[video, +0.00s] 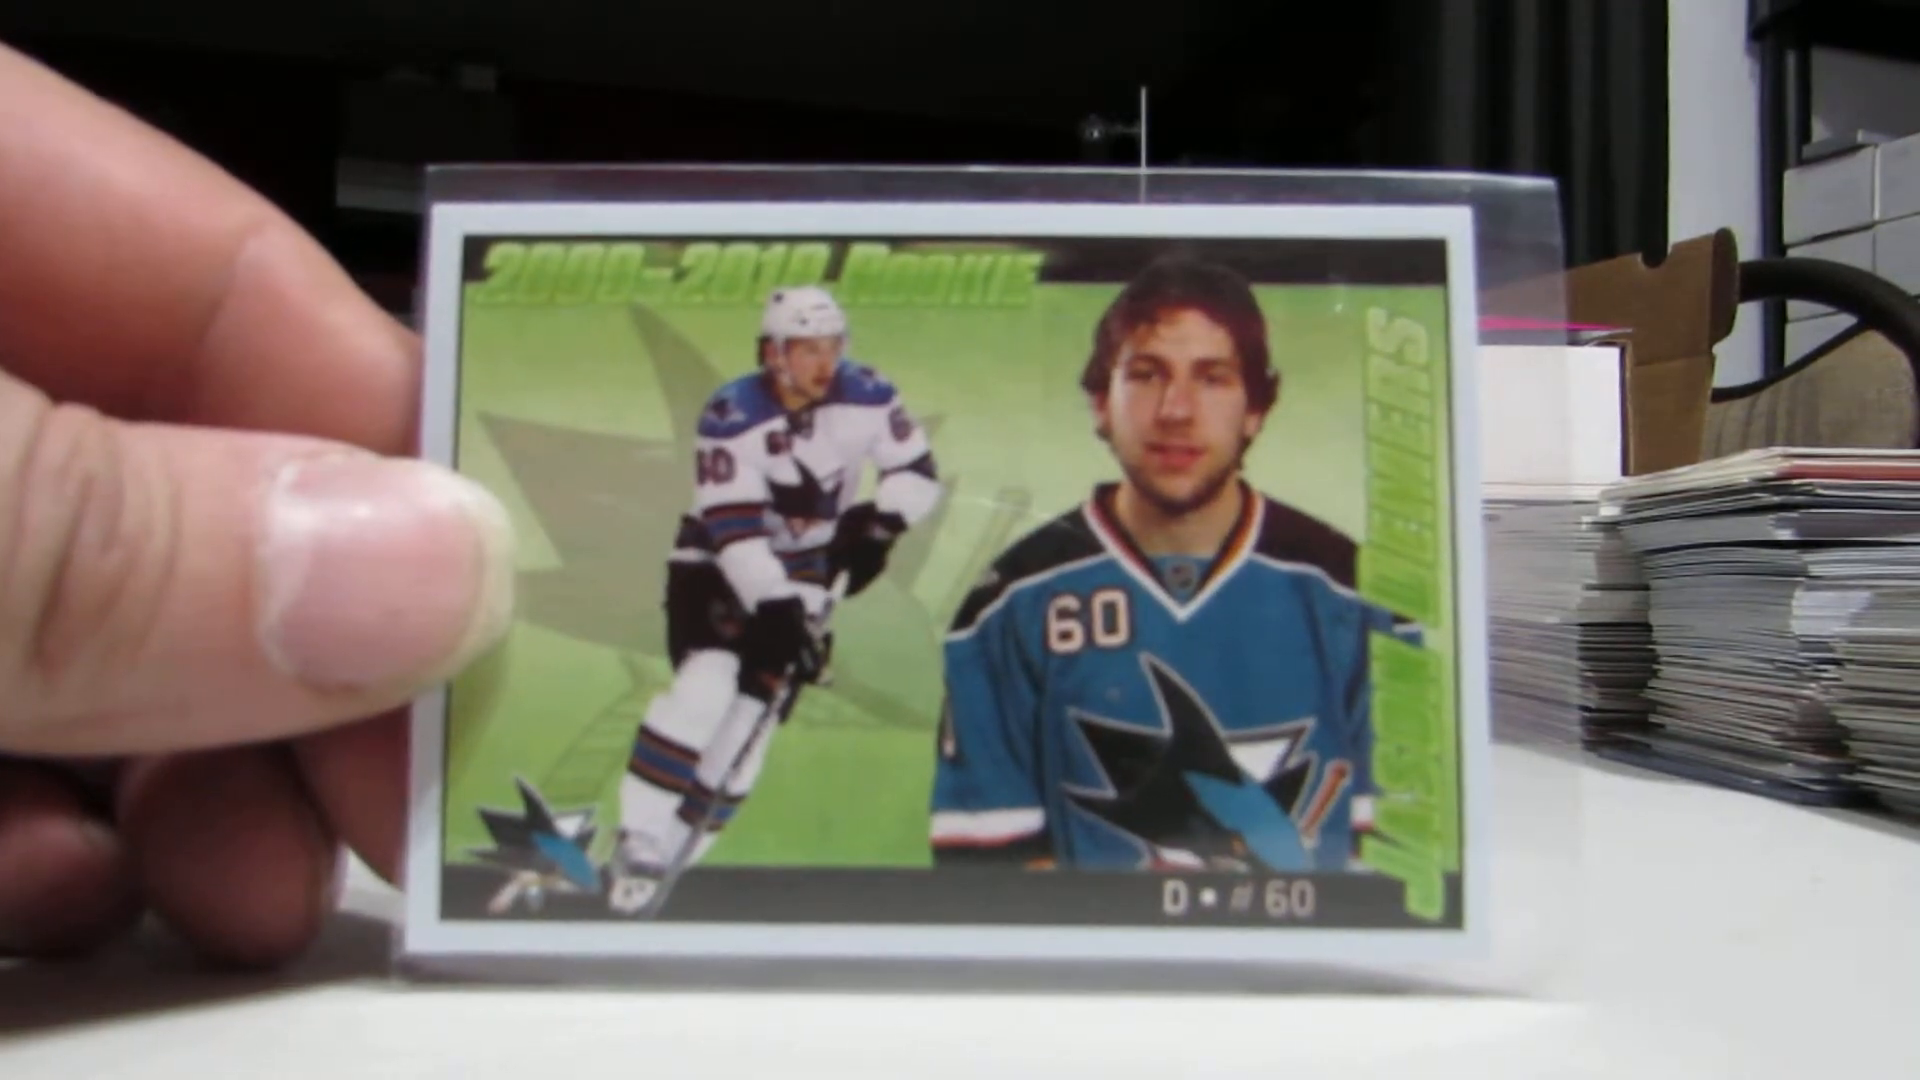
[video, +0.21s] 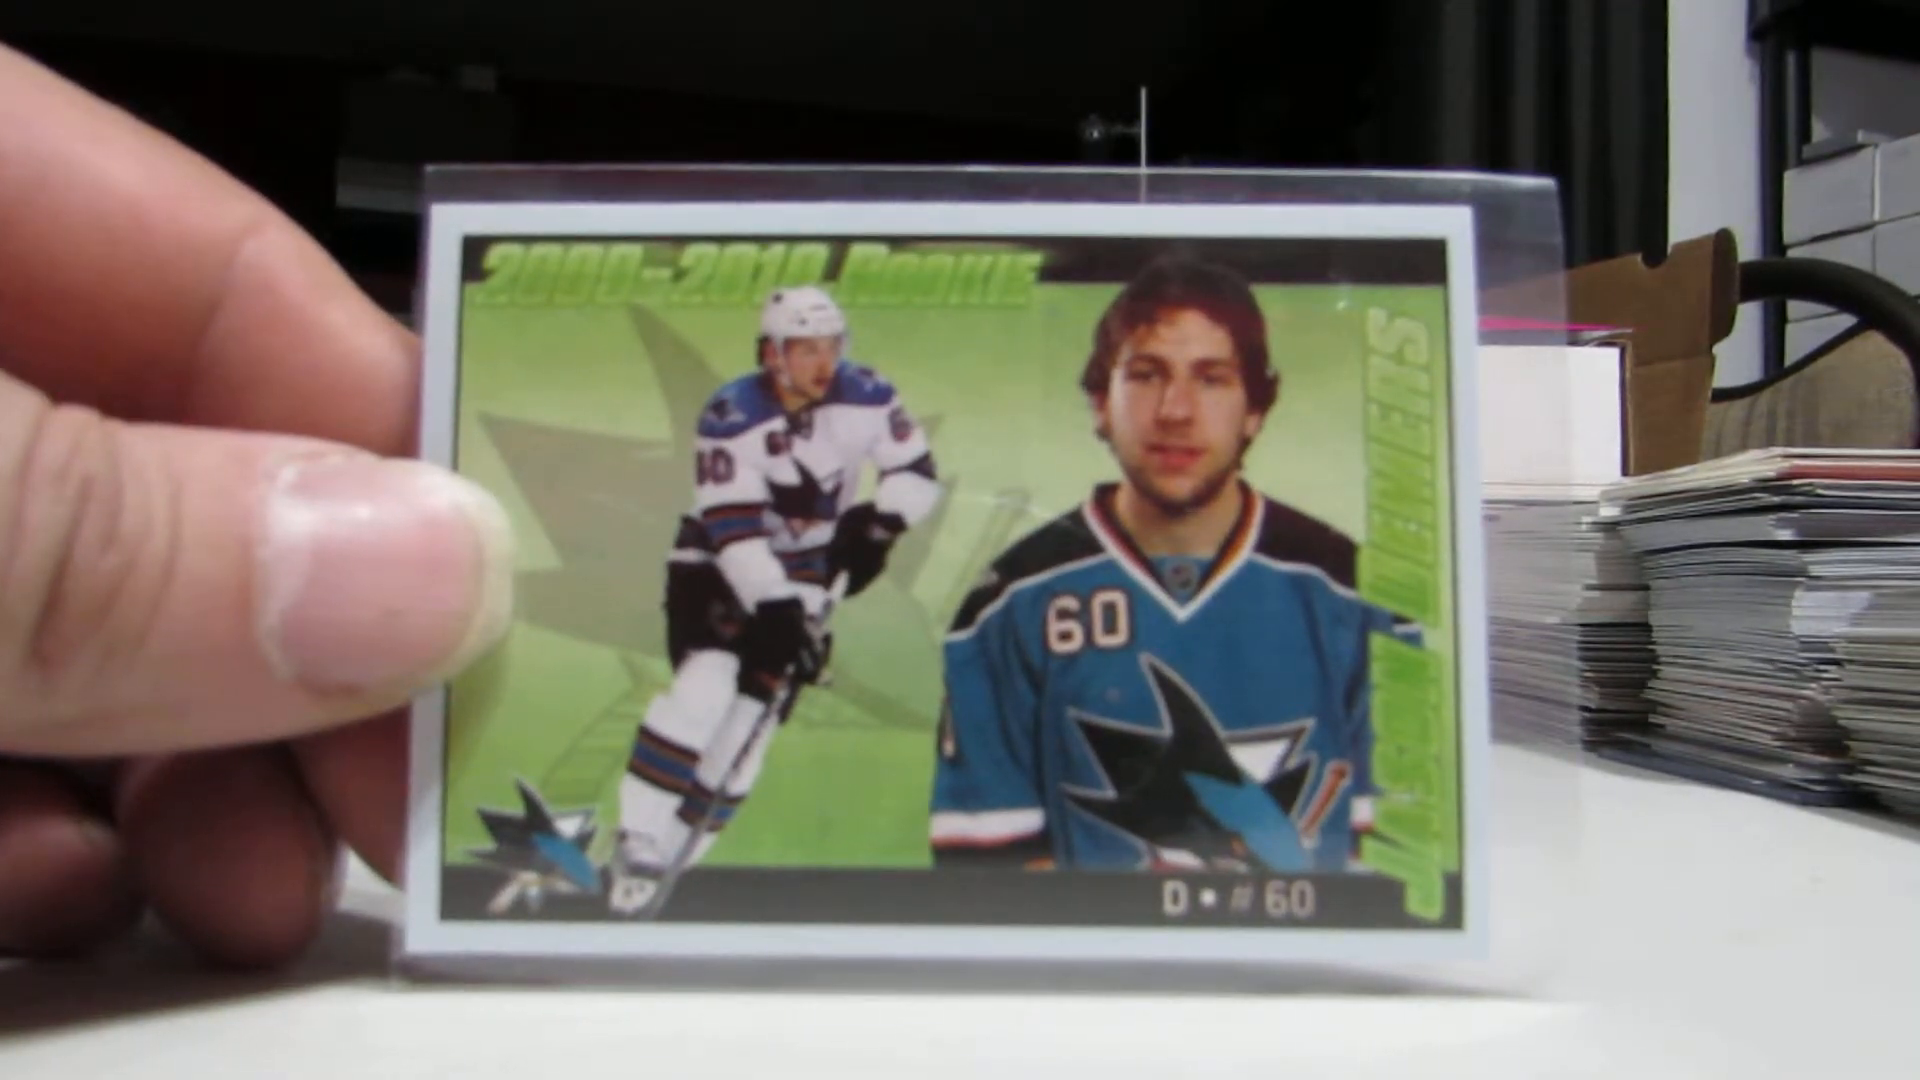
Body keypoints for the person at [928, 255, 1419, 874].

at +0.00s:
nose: (1175, 408)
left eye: (1211, 377)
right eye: (1145, 374)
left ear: (1254, 411)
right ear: (1101, 404)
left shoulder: (1351, 586)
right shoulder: (1015, 601)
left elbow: (1396, 853)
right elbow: (988, 876)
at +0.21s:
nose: (1175, 408)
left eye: (1211, 378)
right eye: (1146, 375)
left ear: (1254, 411)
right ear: (1101, 405)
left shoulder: (1350, 586)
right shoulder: (1014, 601)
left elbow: (1394, 853)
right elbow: (989, 876)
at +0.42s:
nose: (1175, 409)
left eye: (1211, 378)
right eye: (1146, 375)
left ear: (1254, 412)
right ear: (1101, 404)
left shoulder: (1347, 584)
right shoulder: (1015, 600)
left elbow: (1392, 851)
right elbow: (988, 875)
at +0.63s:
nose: (1175, 409)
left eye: (1210, 379)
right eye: (1146, 375)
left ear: (1254, 411)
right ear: (1101, 404)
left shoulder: (1347, 585)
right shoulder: (1015, 600)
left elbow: (1391, 852)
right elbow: (987, 875)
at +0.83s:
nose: (1175, 409)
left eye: (1211, 378)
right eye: (1146, 375)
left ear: (1254, 412)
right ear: (1101, 406)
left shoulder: (1344, 583)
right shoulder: (1015, 601)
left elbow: (1387, 846)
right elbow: (989, 873)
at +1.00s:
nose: (1175, 409)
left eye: (1211, 379)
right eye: (1146, 375)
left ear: (1253, 412)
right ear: (1101, 406)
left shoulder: (1349, 587)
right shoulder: (1014, 603)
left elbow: (1394, 853)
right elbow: (989, 874)